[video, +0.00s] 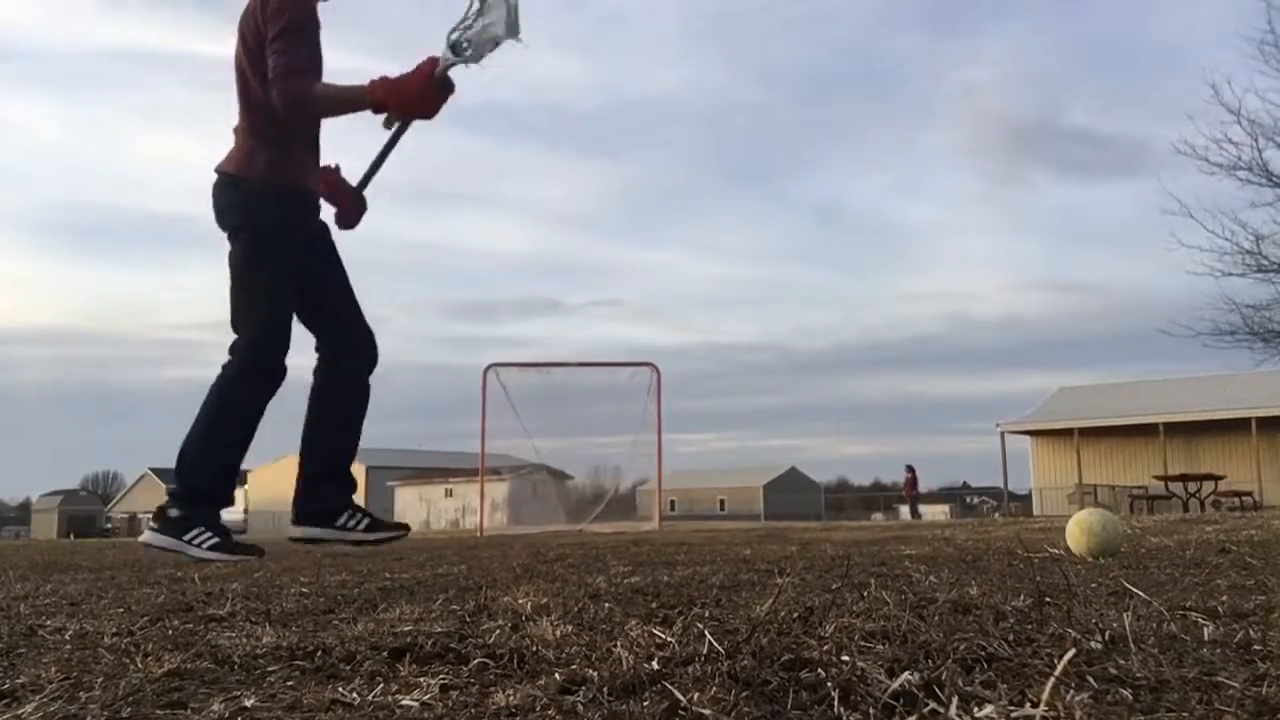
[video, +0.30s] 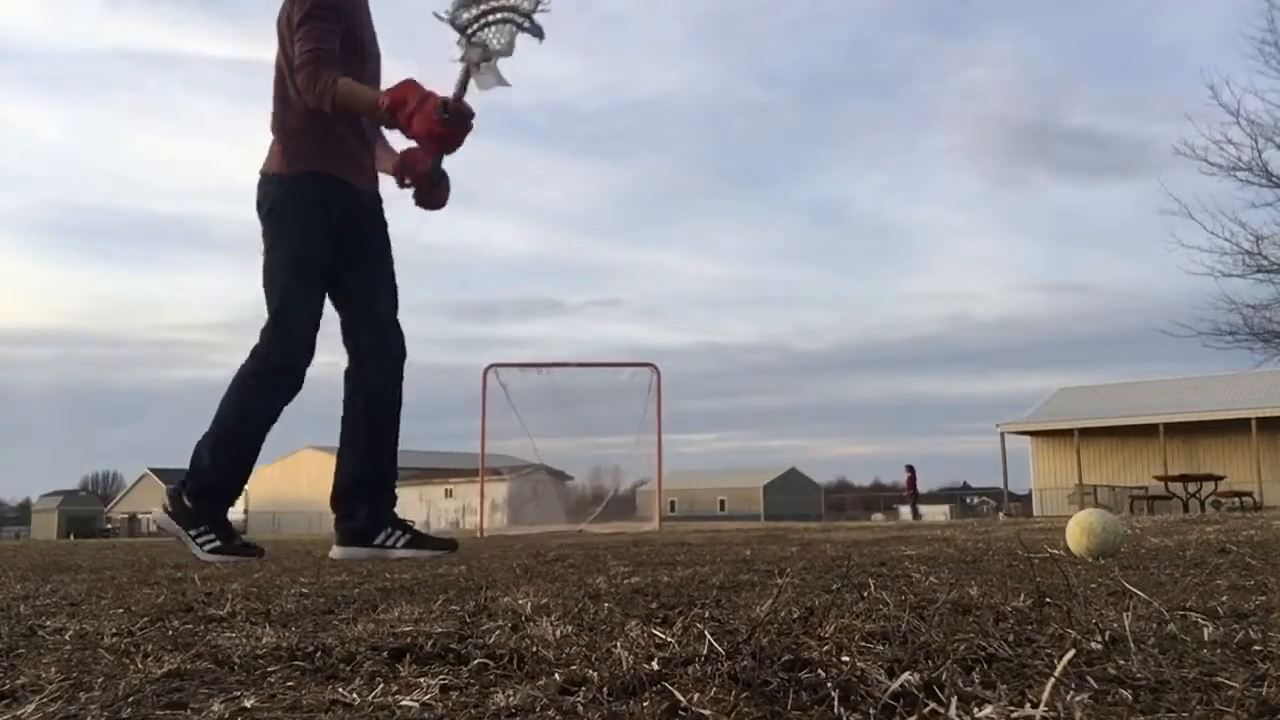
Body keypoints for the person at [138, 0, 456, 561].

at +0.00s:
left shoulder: (270, 12)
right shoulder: (289, 7)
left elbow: (266, 124)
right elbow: (292, 96)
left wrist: (319, 178)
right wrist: (385, 95)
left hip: (279, 196)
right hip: (263, 194)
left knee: (351, 347)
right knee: (259, 356)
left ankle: (324, 507)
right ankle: (184, 512)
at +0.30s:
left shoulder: (350, 18)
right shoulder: (318, 4)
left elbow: (344, 126)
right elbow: (315, 82)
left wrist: (400, 164)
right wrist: (400, 109)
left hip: (352, 195)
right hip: (303, 186)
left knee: (380, 352)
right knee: (287, 350)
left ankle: (365, 523)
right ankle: (196, 502)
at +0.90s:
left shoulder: (481, 13)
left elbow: (485, 90)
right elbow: (316, 8)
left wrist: (511, 188)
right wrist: (321, 88)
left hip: (448, 148)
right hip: (396, 129)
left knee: (414, 320)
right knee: (417, 315)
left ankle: (363, 511)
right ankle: (434, 497)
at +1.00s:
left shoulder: (495, 10)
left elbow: (500, 76)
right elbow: (326, 4)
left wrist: (521, 178)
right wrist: (323, 97)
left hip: (461, 128)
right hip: (410, 111)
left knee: (433, 308)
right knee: (443, 304)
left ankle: (372, 501)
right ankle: (443, 507)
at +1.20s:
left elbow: (524, 40)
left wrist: (554, 133)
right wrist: (379, 63)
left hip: (502, 95)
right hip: (437, 75)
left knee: (527, 305)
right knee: (457, 290)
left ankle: (416, 456)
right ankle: (441, 508)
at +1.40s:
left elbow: (539, 10)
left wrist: (585, 45)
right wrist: (460, 22)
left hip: (540, 58)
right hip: (457, 38)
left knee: (600, 264)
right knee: (453, 286)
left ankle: (538, 484)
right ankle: (442, 505)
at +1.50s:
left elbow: (551, 13)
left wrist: (612, 30)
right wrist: (465, 21)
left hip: (561, 63)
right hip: (474, 45)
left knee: (621, 264)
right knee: (459, 286)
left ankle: (626, 491)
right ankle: (445, 504)